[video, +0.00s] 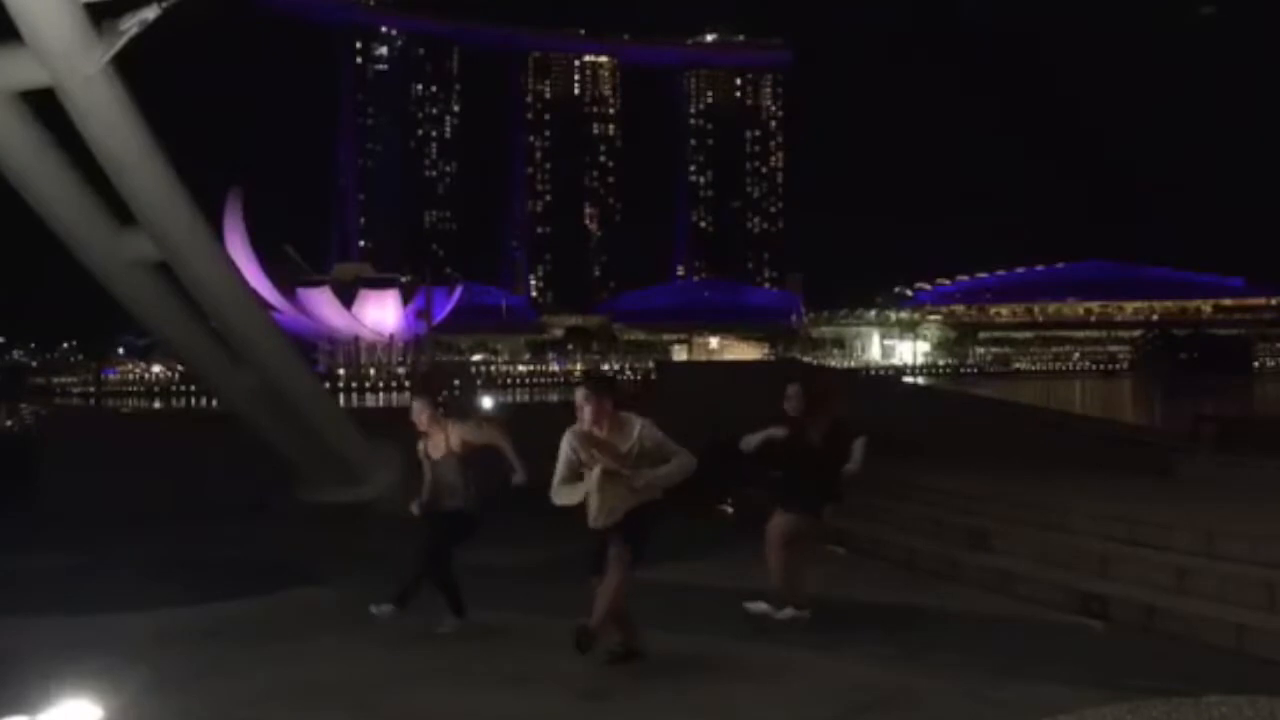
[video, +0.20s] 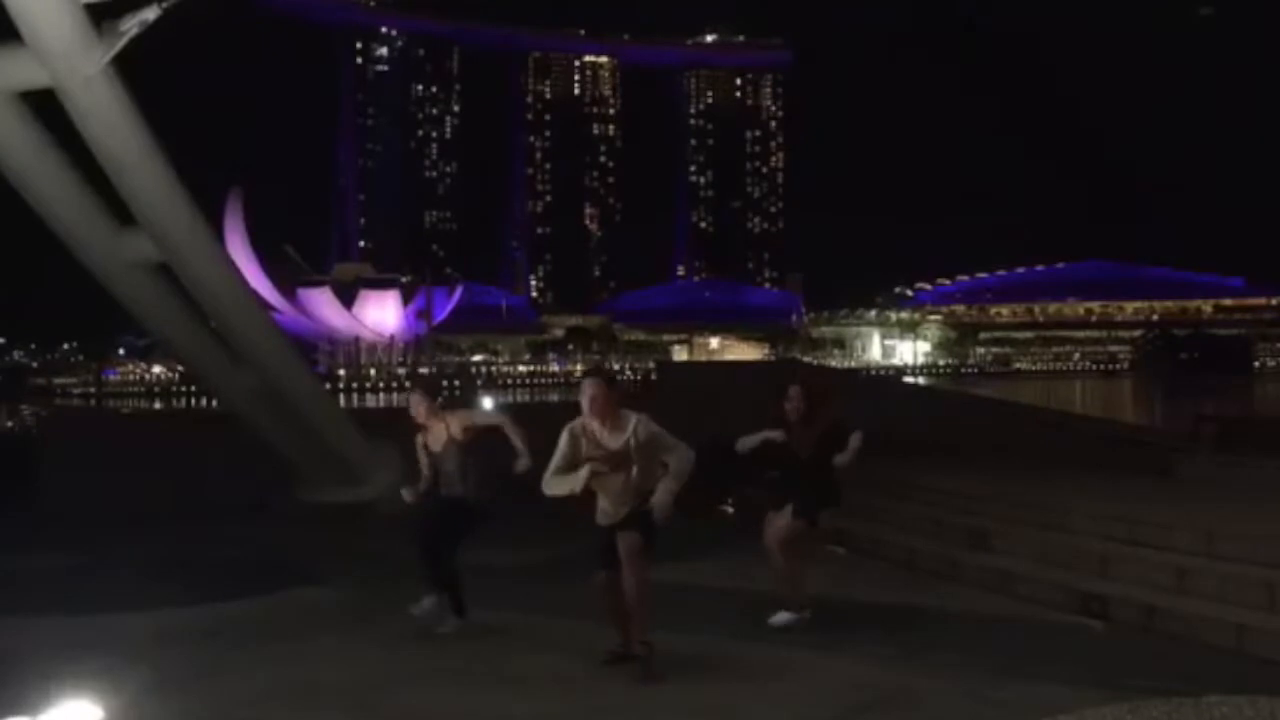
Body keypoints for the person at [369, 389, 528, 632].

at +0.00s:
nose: (417, 419)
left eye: (421, 413)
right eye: (414, 414)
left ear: (434, 412)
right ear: (413, 417)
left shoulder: (457, 431)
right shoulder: (424, 446)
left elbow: (497, 437)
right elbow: (428, 477)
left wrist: (518, 469)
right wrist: (421, 500)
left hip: (463, 503)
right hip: (438, 505)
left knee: (429, 553)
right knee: (438, 559)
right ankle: (458, 613)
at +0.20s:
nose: (413, 411)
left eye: (417, 405)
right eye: (411, 406)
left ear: (432, 404)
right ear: (413, 409)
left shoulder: (456, 421)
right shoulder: (422, 440)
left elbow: (502, 419)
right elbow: (427, 474)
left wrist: (523, 453)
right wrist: (416, 491)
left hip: (470, 496)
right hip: (444, 499)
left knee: (434, 537)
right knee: (441, 550)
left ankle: (436, 592)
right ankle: (456, 612)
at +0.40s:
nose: (421, 408)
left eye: (426, 402)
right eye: (418, 403)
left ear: (439, 403)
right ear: (417, 407)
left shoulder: (457, 424)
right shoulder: (424, 435)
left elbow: (476, 461)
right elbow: (422, 475)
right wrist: (434, 451)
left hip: (465, 501)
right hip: (441, 502)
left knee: (454, 557)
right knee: (443, 559)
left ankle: (476, 615)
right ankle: (467, 613)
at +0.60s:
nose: (425, 416)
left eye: (429, 409)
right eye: (420, 411)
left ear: (441, 407)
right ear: (417, 414)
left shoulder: (462, 423)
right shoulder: (422, 442)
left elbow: (495, 441)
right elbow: (421, 484)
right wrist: (452, 483)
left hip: (469, 503)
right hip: (441, 508)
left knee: (460, 557)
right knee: (443, 560)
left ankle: (468, 613)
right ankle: (464, 610)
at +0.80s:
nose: (422, 426)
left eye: (426, 419)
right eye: (418, 420)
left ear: (442, 415)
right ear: (418, 422)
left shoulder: (465, 418)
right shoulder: (432, 453)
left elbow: (499, 408)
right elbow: (419, 497)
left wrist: (528, 427)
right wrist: (401, 536)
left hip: (483, 499)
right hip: (451, 504)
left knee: (475, 561)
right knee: (439, 547)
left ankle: (458, 618)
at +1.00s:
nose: (424, 440)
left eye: (427, 432)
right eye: (420, 435)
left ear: (440, 427)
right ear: (419, 438)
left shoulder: (470, 432)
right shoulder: (436, 463)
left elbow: (480, 396)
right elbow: (428, 491)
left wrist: (519, 396)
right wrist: (422, 513)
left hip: (489, 506)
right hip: (457, 511)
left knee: (480, 565)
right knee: (444, 555)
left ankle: (458, 618)